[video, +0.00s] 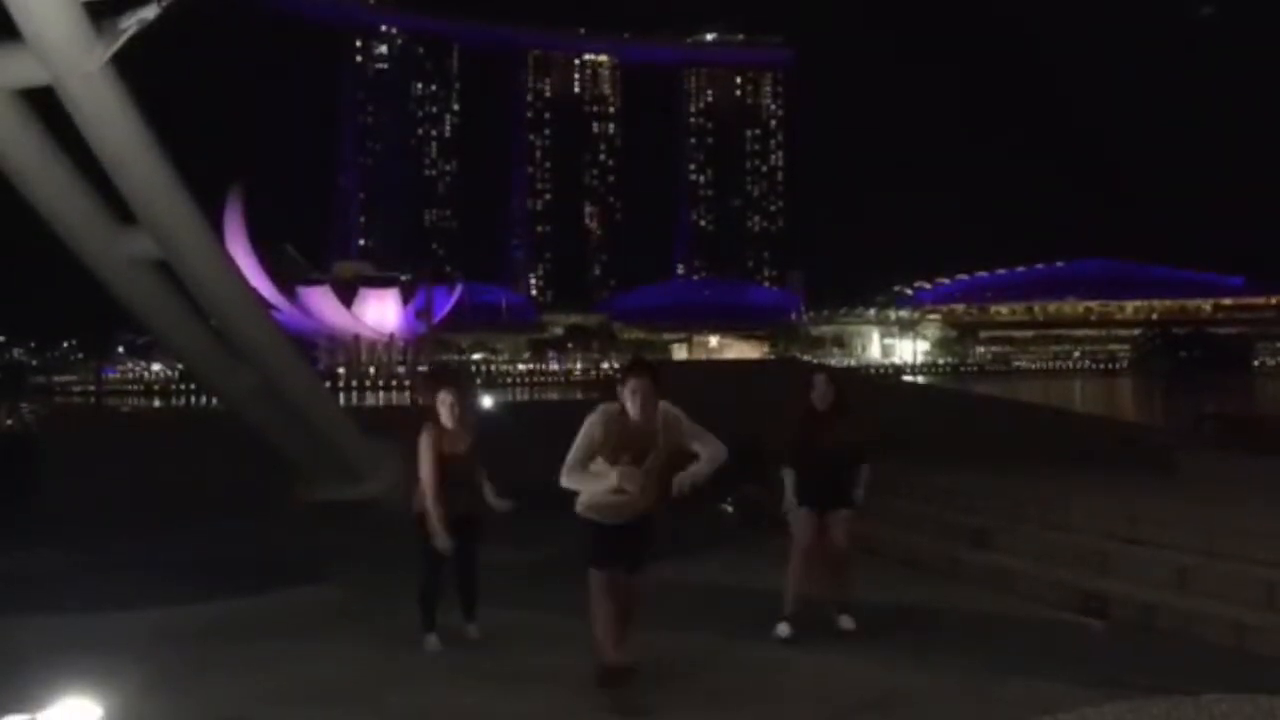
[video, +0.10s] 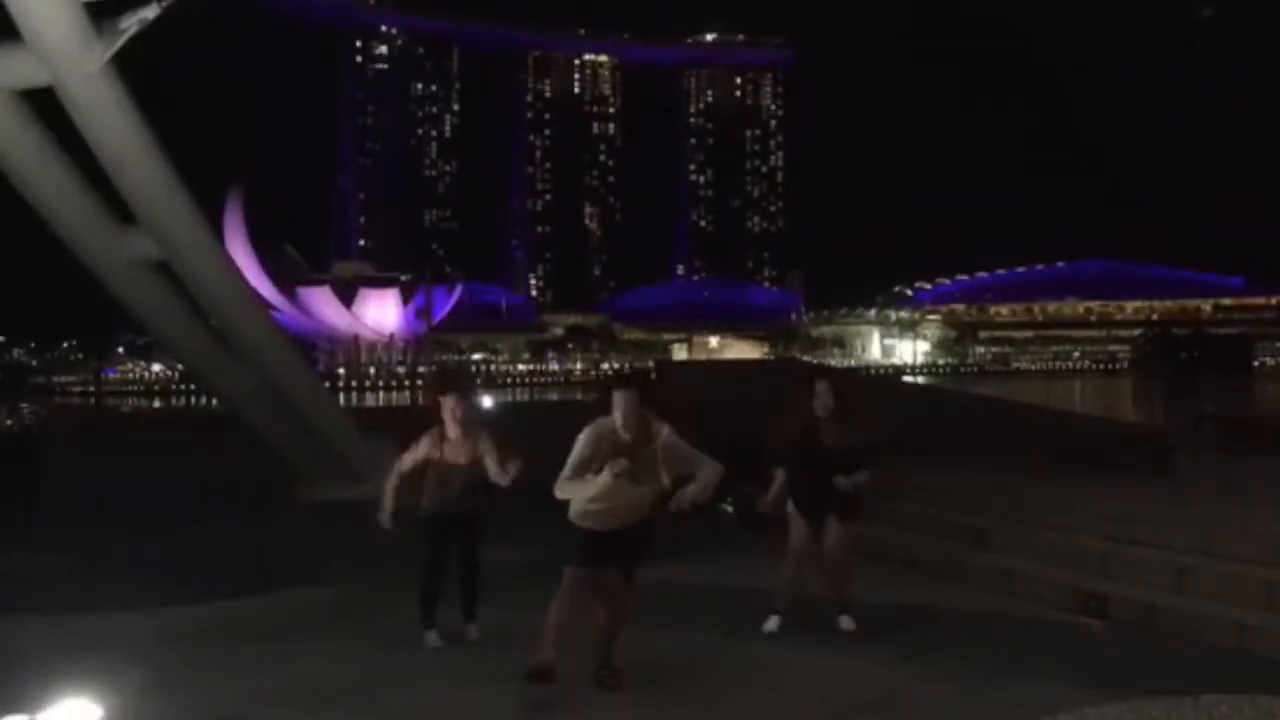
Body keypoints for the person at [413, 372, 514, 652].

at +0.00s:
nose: (451, 410)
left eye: (455, 404)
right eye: (446, 404)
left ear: (462, 406)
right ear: (437, 407)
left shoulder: (467, 435)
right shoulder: (431, 437)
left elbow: (477, 471)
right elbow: (429, 486)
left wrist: (492, 498)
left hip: (467, 510)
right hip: (438, 510)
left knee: (468, 566)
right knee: (434, 570)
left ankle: (470, 619)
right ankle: (430, 628)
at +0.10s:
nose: (454, 414)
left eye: (458, 408)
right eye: (449, 409)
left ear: (466, 410)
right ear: (441, 411)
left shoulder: (479, 441)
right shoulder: (432, 441)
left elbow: (498, 477)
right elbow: (399, 469)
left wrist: (509, 473)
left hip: (468, 514)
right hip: (435, 513)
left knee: (470, 567)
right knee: (432, 568)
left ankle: (470, 622)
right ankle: (429, 627)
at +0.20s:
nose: (449, 408)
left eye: (453, 402)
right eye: (444, 403)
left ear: (462, 405)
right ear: (437, 407)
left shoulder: (475, 434)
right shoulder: (431, 432)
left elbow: (510, 441)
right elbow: (399, 425)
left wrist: (480, 437)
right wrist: (380, 462)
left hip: (467, 509)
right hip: (435, 509)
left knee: (468, 564)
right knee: (432, 563)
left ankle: (470, 620)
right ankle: (429, 619)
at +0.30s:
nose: (438, 401)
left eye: (443, 393)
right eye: (434, 394)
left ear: (459, 395)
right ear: (431, 397)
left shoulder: (472, 418)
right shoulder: (430, 420)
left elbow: (511, 426)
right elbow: (411, 420)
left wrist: (484, 447)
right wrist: (403, 455)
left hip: (465, 500)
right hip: (435, 497)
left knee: (461, 558)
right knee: (431, 555)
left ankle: (469, 615)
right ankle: (436, 605)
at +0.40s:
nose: (428, 404)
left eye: (432, 397)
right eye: (424, 399)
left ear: (446, 397)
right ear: (422, 401)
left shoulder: (465, 419)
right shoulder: (425, 425)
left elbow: (508, 433)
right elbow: (423, 456)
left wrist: (497, 471)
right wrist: (421, 484)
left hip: (465, 495)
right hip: (436, 496)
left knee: (440, 548)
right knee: (433, 549)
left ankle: (447, 610)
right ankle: (444, 609)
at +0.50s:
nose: (417, 419)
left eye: (421, 413)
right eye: (414, 414)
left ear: (434, 412)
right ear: (413, 417)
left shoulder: (457, 431)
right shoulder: (424, 446)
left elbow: (497, 437)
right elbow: (428, 477)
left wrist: (518, 469)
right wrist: (421, 500)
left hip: (463, 503)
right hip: (438, 505)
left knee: (429, 553)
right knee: (438, 559)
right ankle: (458, 613)